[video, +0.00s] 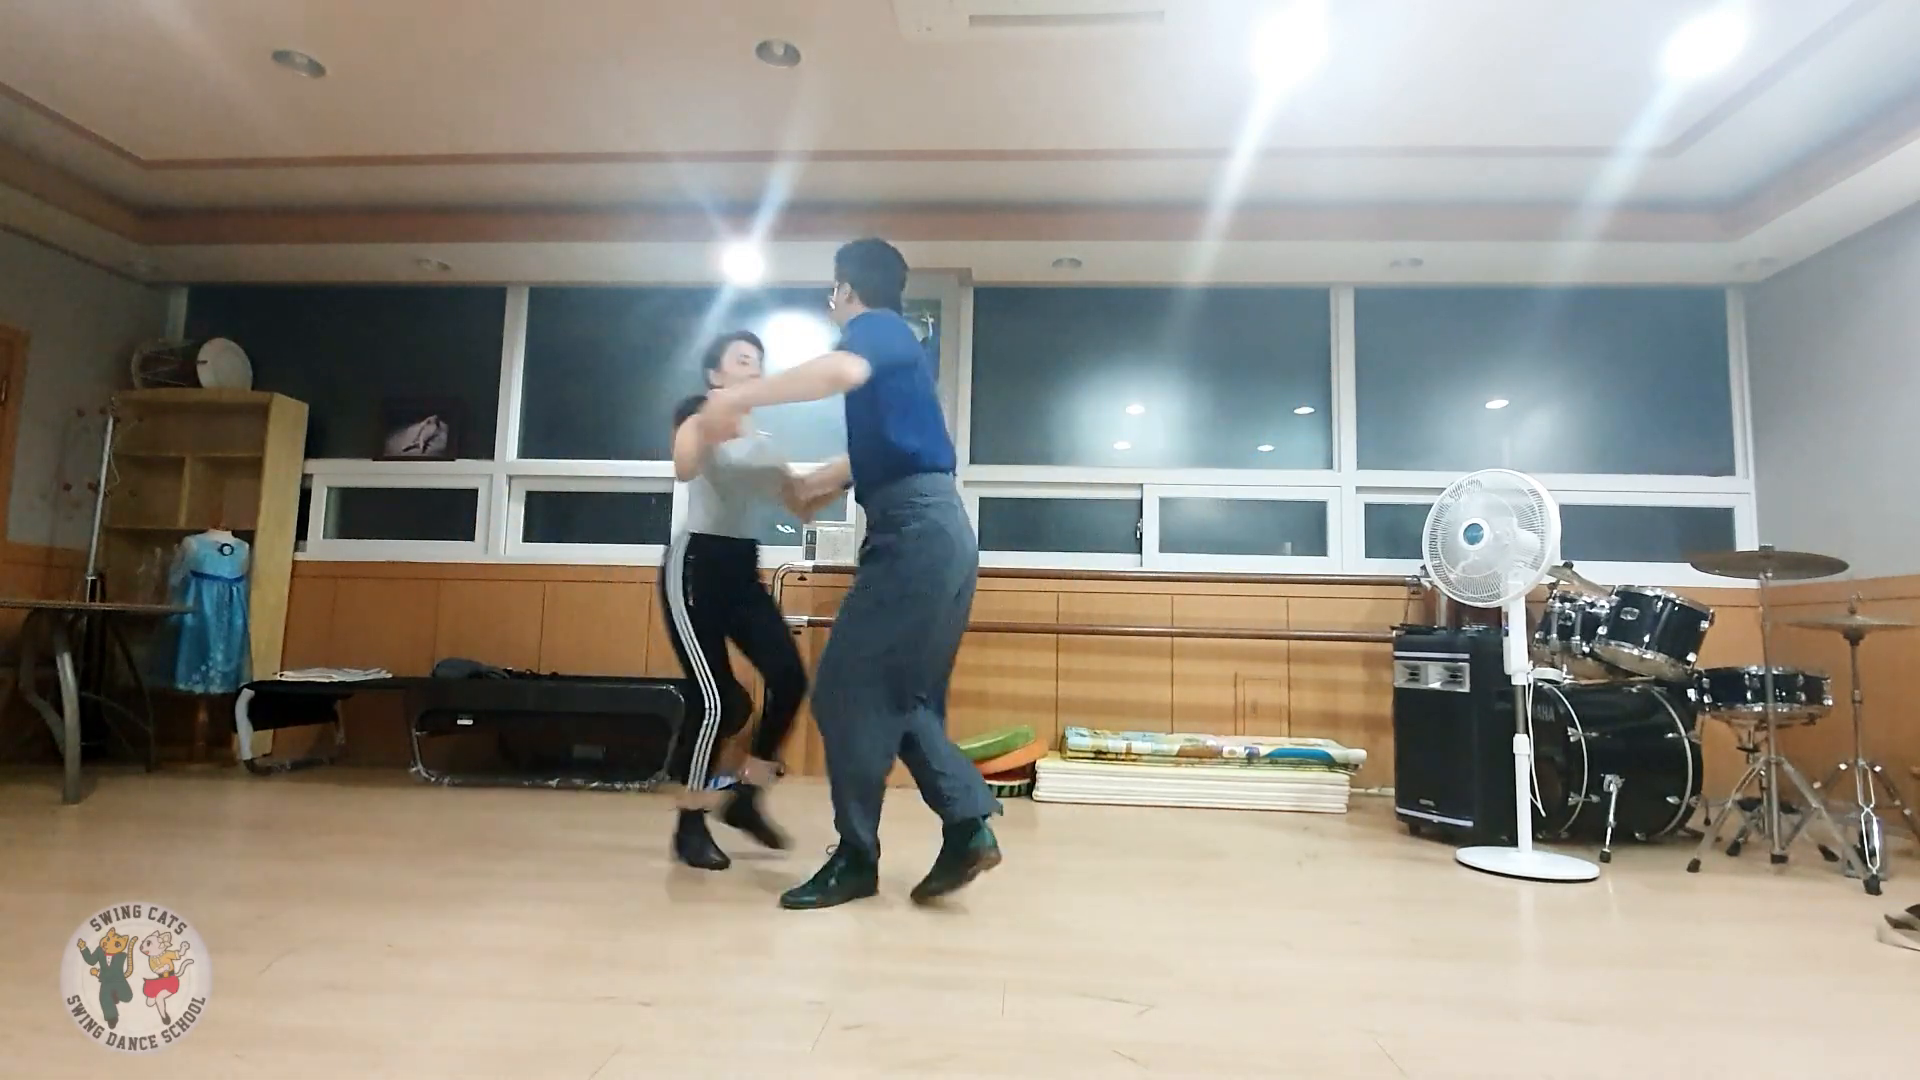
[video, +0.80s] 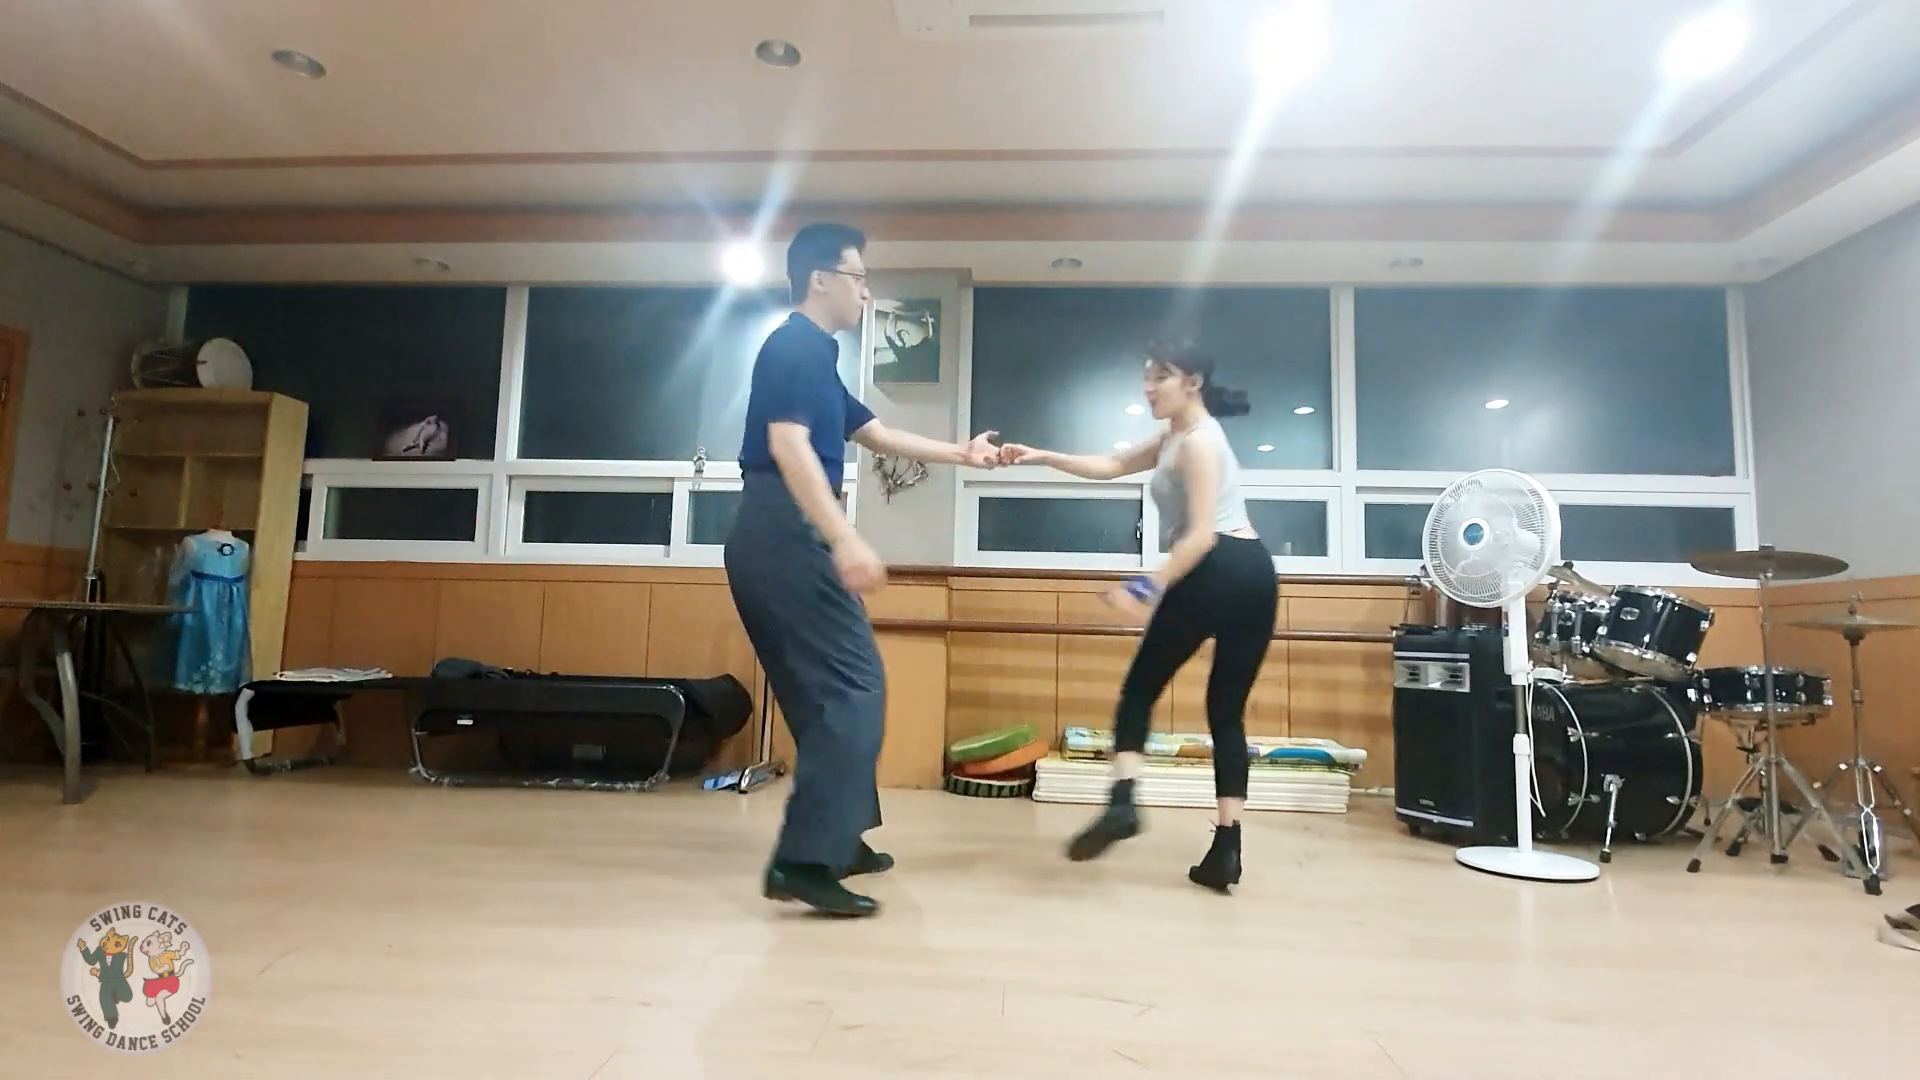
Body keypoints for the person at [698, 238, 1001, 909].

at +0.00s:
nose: (829, 300)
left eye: (833, 289)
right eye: (833, 290)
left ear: (849, 290)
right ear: (890, 291)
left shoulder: (877, 328)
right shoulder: (899, 345)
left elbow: (839, 373)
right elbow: (884, 447)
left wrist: (738, 397)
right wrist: (817, 485)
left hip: (913, 535)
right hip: (940, 536)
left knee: (846, 689)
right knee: (907, 696)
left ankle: (856, 857)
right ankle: (968, 826)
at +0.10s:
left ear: (845, 298)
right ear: (902, 303)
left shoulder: (845, 343)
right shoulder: (925, 363)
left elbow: (759, 397)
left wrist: (661, 424)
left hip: (892, 527)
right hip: (953, 527)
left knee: (819, 688)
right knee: (935, 707)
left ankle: (856, 863)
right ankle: (934, 866)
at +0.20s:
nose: (922, 311)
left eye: (917, 303)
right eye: (921, 301)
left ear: (852, 300)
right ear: (910, 301)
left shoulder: (818, 348)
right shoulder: (949, 367)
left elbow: (735, 433)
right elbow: (973, 473)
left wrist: (693, 475)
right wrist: (945, 507)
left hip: (863, 517)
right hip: (946, 523)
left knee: (800, 698)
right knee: (929, 719)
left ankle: (843, 866)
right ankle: (924, 897)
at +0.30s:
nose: (929, 291)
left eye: (926, 280)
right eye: (926, 279)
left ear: (857, 278)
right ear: (906, 275)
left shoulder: (806, 337)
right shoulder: (941, 337)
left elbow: (761, 453)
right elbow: (974, 447)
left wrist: (777, 508)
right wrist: (945, 501)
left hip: (833, 502)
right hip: (921, 502)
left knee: (821, 686)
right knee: (929, 708)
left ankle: (824, 848)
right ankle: (922, 896)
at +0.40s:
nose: (923, 283)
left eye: (921, 272)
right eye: (919, 270)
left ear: (857, 270)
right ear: (891, 266)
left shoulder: (799, 336)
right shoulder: (919, 320)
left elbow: (786, 440)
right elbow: (956, 430)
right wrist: (978, 456)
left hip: (812, 493)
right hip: (897, 489)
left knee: (827, 672)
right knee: (910, 695)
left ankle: (819, 835)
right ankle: (903, 905)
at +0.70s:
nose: (883, 295)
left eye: (880, 282)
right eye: (873, 281)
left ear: (834, 287)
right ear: (838, 285)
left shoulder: (803, 349)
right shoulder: (827, 349)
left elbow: (851, 452)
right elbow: (852, 459)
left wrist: (947, 472)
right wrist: (928, 543)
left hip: (771, 535)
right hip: (806, 534)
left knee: (832, 707)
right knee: (870, 701)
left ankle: (845, 859)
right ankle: (867, 890)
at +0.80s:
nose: (866, 291)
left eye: (865, 278)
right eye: (857, 277)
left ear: (822, 283)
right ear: (818, 281)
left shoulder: (811, 352)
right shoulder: (798, 344)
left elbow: (874, 435)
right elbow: (788, 445)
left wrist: (963, 452)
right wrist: (844, 538)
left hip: (772, 533)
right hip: (787, 532)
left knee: (818, 688)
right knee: (856, 682)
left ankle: (836, 836)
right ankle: (804, 861)